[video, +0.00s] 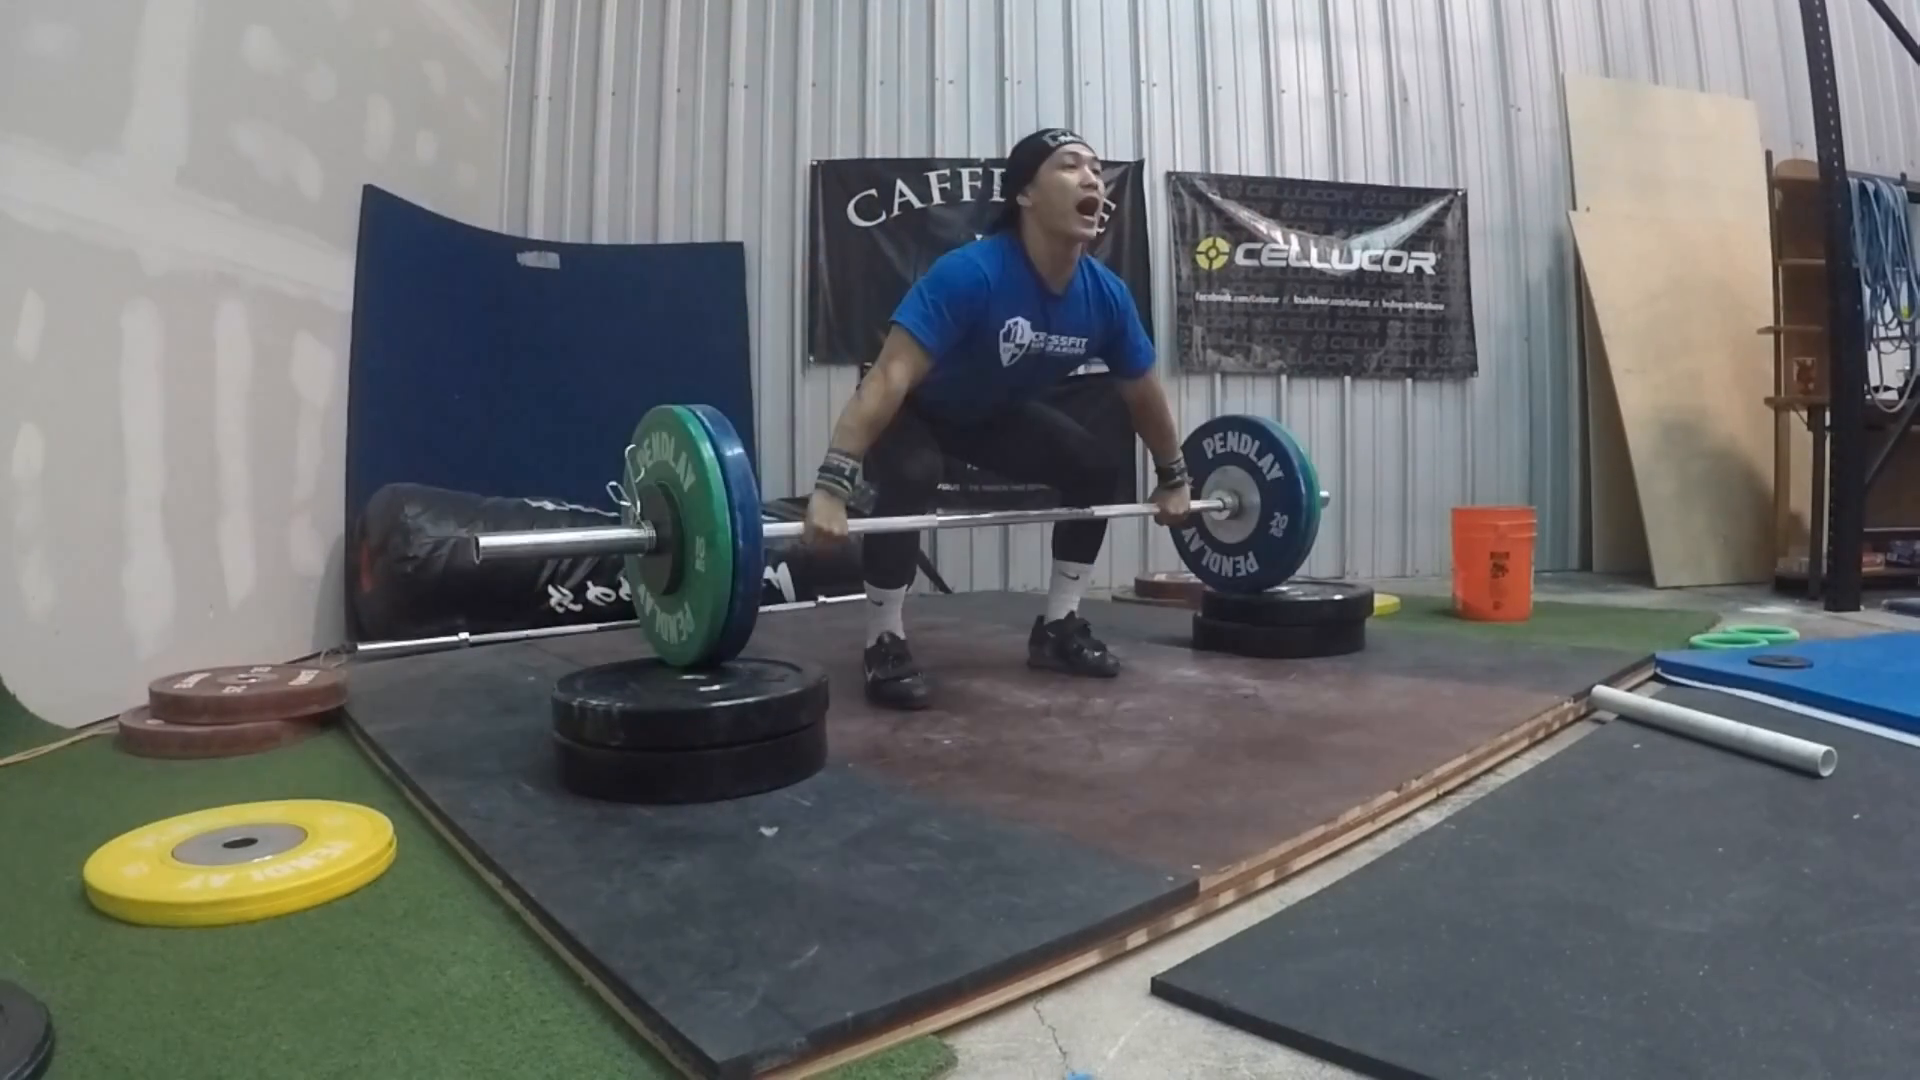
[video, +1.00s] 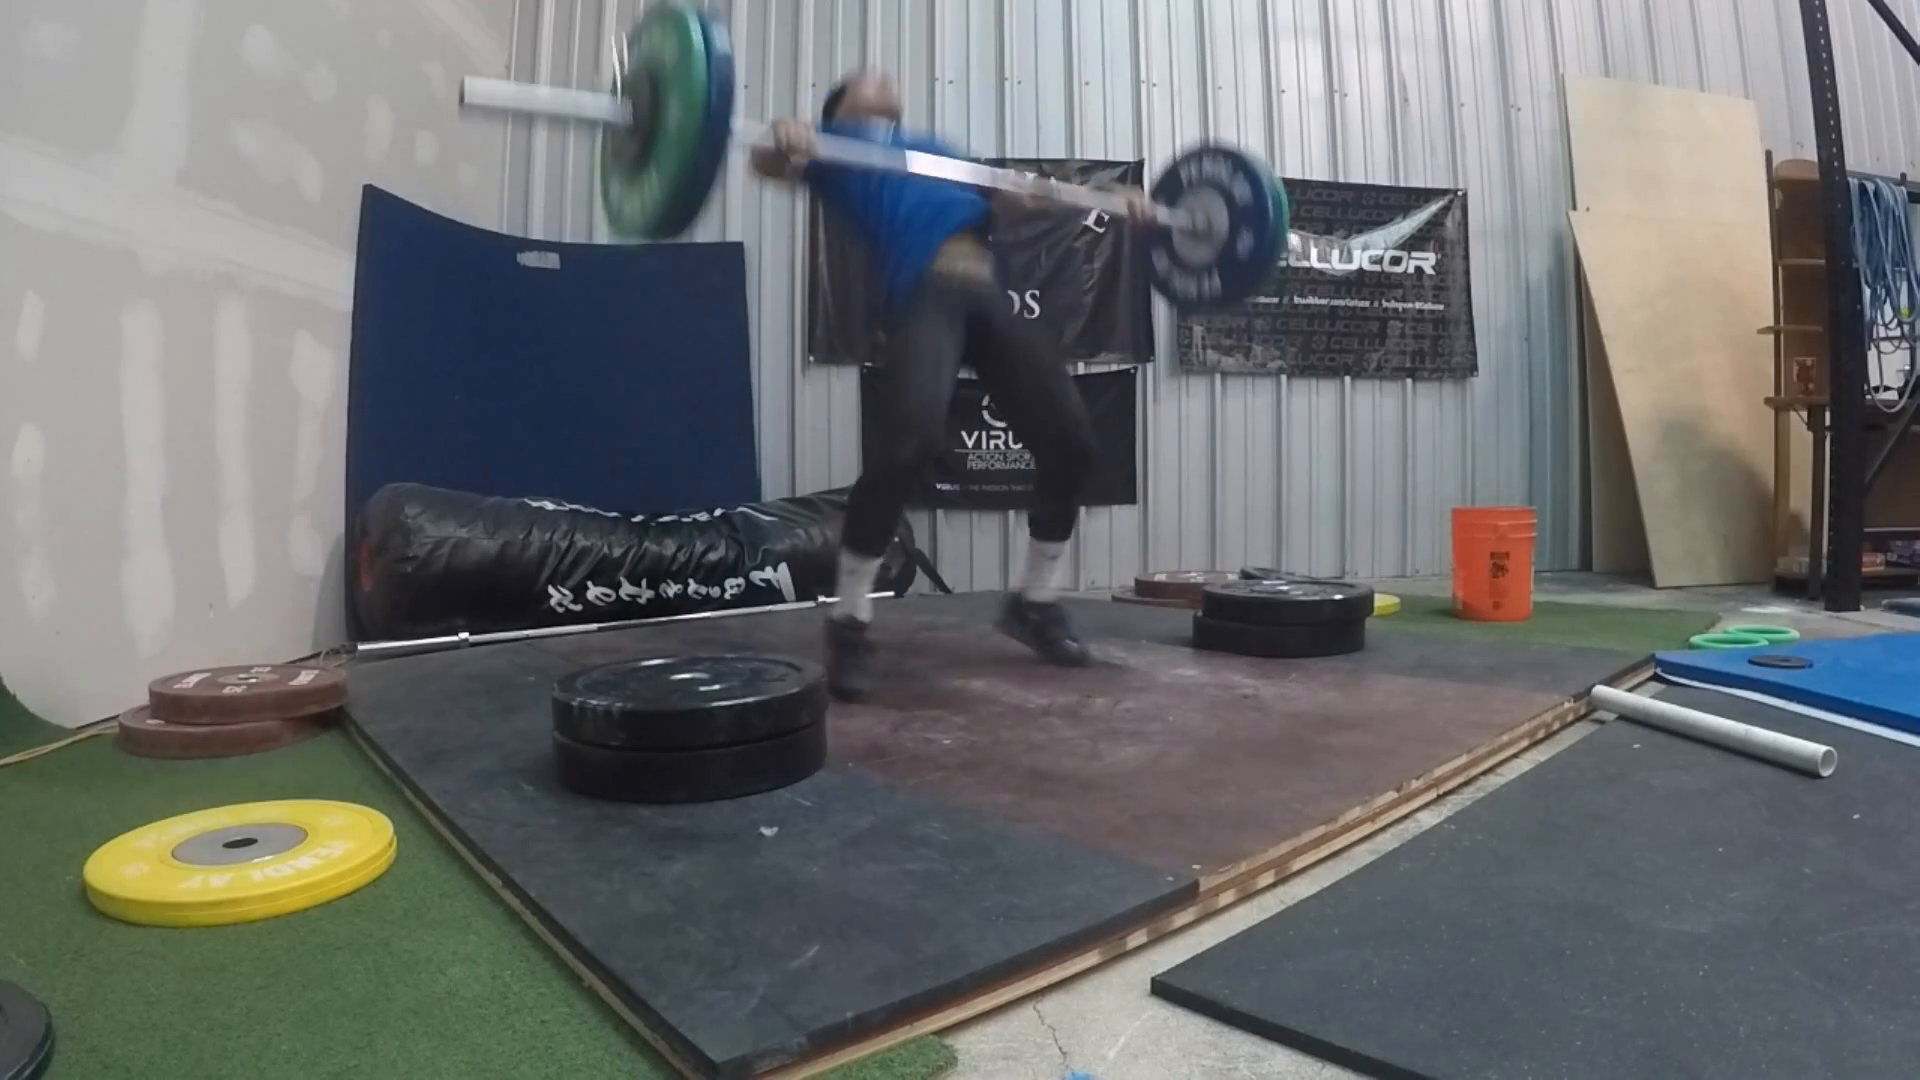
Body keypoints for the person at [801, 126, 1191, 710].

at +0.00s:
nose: (1093, 179)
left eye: (1098, 170)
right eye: (1071, 166)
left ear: (1103, 200)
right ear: (1026, 195)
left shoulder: (1108, 298)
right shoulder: (968, 274)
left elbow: (1143, 390)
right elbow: (889, 374)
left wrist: (1173, 475)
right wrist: (833, 482)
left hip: (996, 417)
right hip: (913, 414)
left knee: (1096, 465)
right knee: (911, 473)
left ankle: (1059, 625)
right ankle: (887, 642)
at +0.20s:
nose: (1094, 178)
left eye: (1098, 168)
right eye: (1071, 165)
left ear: (1104, 198)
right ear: (1025, 195)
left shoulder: (1109, 299)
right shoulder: (968, 274)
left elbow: (1143, 389)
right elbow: (889, 374)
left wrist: (1173, 475)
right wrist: (834, 482)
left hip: (996, 417)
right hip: (913, 413)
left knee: (1098, 467)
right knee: (911, 474)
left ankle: (1059, 625)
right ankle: (887, 642)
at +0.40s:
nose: (1089, 164)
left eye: (1093, 154)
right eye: (1068, 152)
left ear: (1099, 182)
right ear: (1023, 181)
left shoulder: (1095, 282)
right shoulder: (966, 260)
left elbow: (1131, 377)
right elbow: (886, 362)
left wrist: (1166, 468)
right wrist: (838, 473)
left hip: (994, 404)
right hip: (912, 401)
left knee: (1087, 467)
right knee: (909, 473)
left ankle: (1060, 626)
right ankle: (887, 640)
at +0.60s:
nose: (1080, 113)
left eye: (1083, 102)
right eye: (1060, 102)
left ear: (1091, 124)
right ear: (1016, 129)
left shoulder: (1084, 227)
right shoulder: (959, 202)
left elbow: (1124, 319)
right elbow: (868, 288)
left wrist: (1155, 411)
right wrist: (826, 398)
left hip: (978, 362)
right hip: (896, 356)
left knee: (1056, 451)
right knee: (896, 461)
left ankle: (1058, 625)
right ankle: (884, 642)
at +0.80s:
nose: (995, 20)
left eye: (997, 16)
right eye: (975, 15)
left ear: (1005, 48)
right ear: (940, 46)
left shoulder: (1039, 132)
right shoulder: (914, 113)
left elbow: (1091, 217)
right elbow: (828, 165)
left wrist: (1135, 303)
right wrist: (807, 261)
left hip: (1018, 332)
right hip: (930, 328)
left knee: (1098, 456)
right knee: (926, 454)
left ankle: (1066, 617)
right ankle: (890, 636)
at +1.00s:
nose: (882, 81)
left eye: (887, 78)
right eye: (866, 79)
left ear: (901, 99)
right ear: (841, 104)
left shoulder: (939, 151)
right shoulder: (835, 139)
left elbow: (1025, 197)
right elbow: (768, 165)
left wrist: (1112, 201)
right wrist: (783, 147)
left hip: (987, 302)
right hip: (922, 301)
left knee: (1069, 442)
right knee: (906, 446)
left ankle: (1035, 600)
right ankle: (849, 620)